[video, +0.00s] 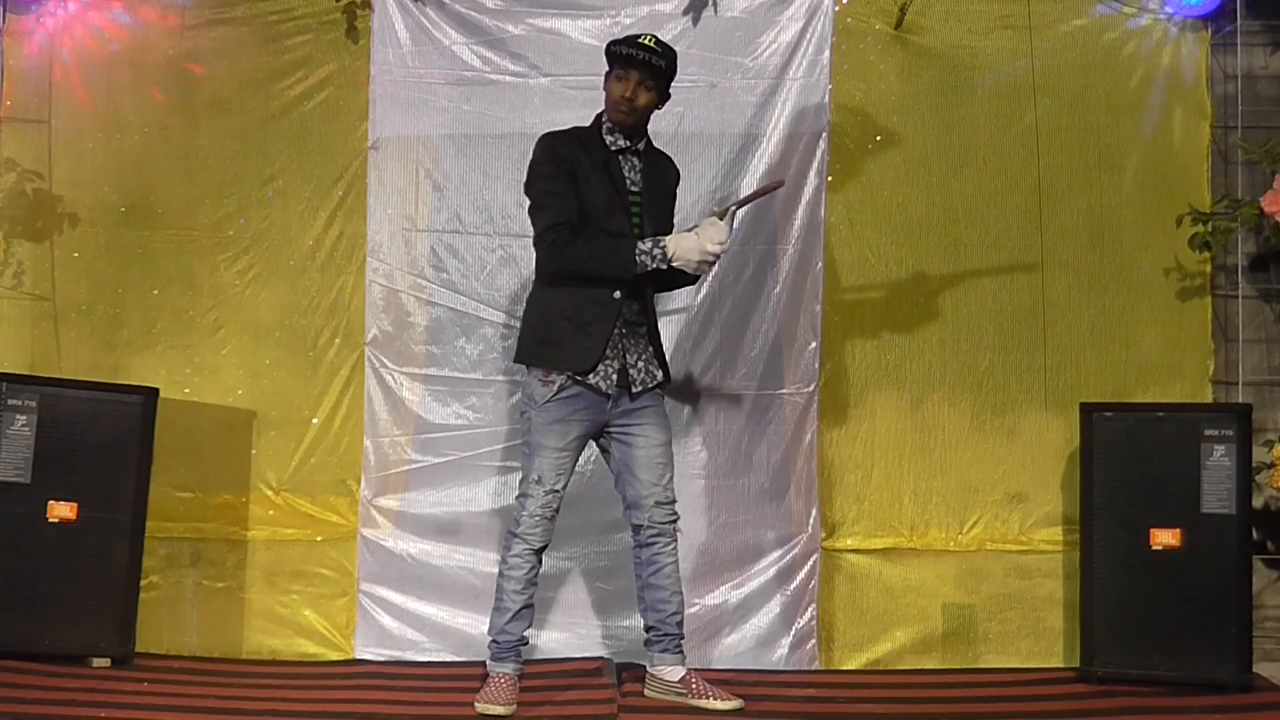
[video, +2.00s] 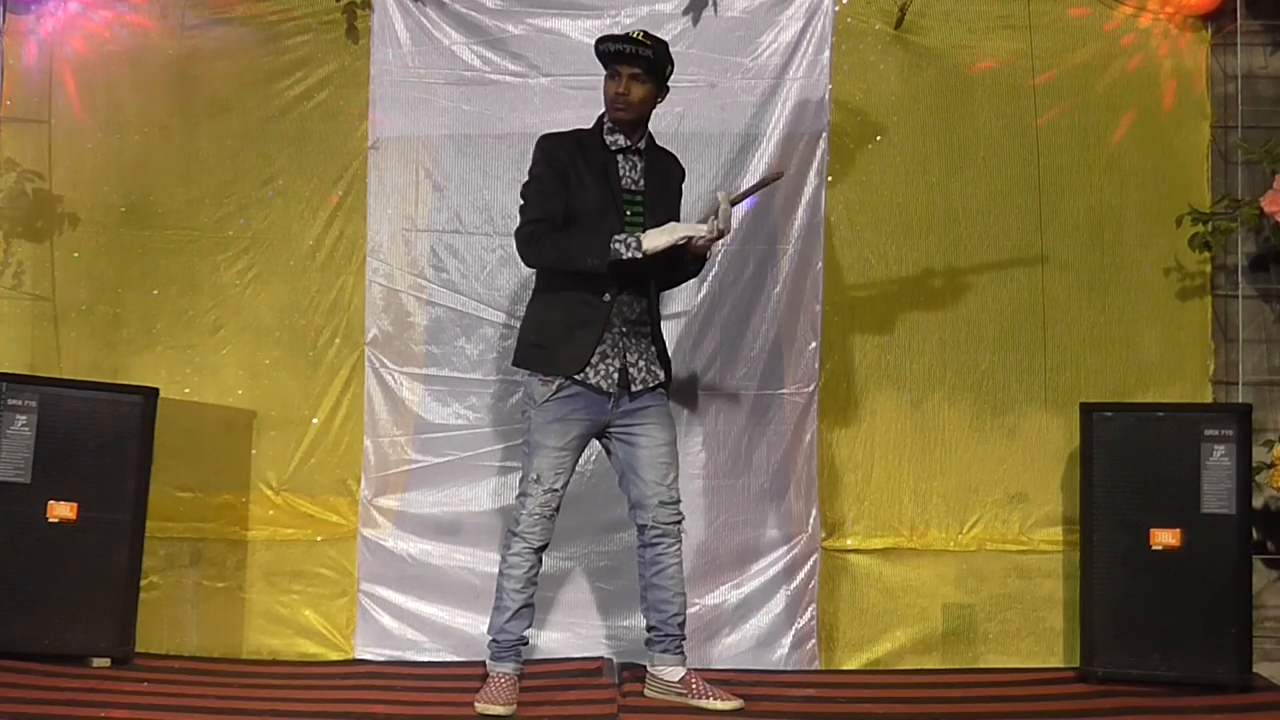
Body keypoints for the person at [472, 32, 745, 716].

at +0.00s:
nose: (631, 90)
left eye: (647, 84)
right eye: (623, 76)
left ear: (662, 98)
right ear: (606, 80)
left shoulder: (662, 171)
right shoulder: (558, 150)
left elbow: (642, 279)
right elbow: (556, 254)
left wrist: (692, 260)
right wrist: (659, 249)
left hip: (638, 370)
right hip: (564, 368)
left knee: (656, 518)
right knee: (534, 518)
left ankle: (666, 670)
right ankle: (503, 668)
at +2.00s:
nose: (624, 89)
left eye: (639, 80)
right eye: (616, 76)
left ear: (660, 91)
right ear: (602, 82)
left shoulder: (667, 170)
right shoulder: (559, 151)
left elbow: (649, 276)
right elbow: (534, 244)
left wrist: (694, 253)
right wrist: (632, 244)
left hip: (641, 371)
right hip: (565, 368)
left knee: (662, 520)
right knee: (533, 519)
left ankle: (667, 670)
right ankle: (503, 668)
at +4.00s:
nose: (634, 94)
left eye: (641, 82)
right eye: (620, 84)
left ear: (649, 87)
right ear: (591, 90)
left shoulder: (660, 163)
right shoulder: (549, 157)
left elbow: (653, 266)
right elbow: (543, 255)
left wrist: (702, 250)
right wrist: (618, 204)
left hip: (646, 375)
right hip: (567, 374)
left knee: (671, 519)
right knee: (536, 521)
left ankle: (672, 669)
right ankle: (503, 669)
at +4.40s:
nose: (601, 85)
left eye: (610, 73)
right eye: (585, 74)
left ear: (623, 79)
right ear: (561, 84)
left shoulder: (650, 154)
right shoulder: (537, 157)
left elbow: (667, 255)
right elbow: (544, 237)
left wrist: (707, 234)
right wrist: (588, 153)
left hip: (650, 371)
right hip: (570, 371)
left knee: (666, 519)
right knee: (531, 517)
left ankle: (673, 668)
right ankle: (498, 663)